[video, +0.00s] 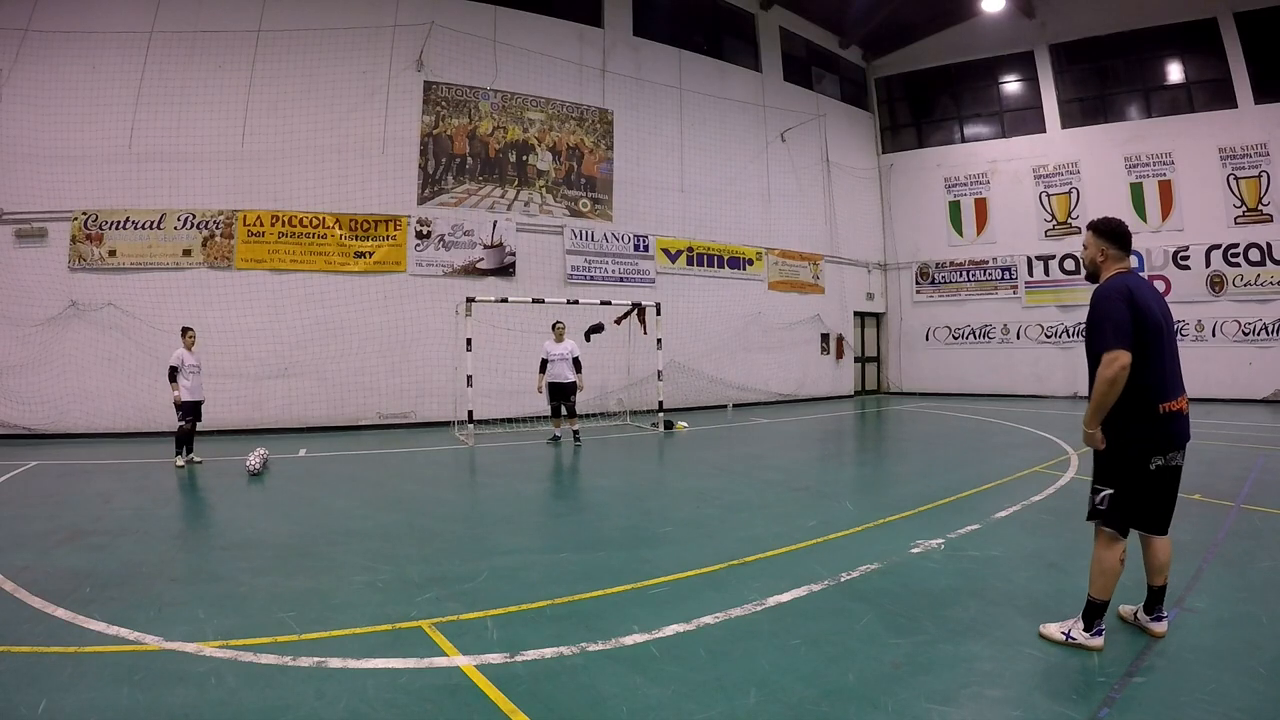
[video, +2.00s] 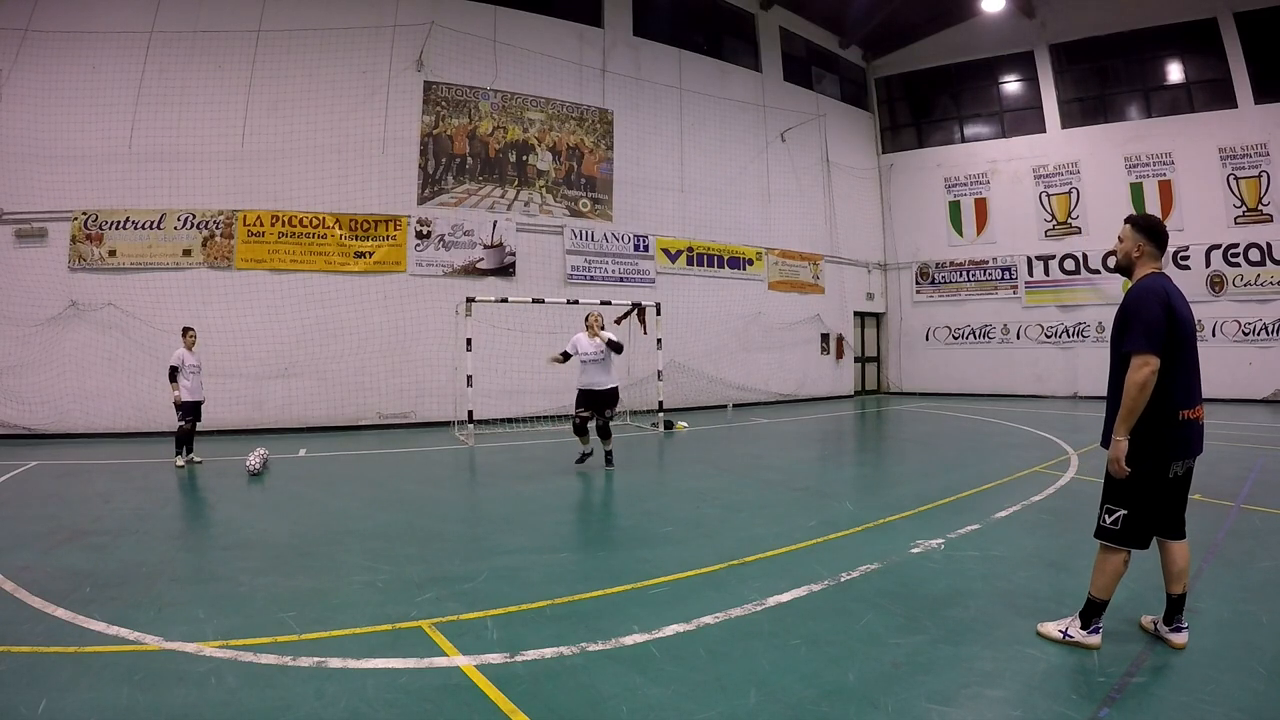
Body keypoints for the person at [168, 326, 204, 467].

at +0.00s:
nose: (193, 340)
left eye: (194, 337)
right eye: (190, 337)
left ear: (195, 339)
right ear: (183, 338)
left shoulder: (195, 355)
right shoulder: (179, 354)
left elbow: (197, 377)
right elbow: (172, 373)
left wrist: (201, 394)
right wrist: (176, 392)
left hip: (196, 397)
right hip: (184, 397)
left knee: (192, 426)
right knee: (184, 426)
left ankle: (189, 454)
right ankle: (178, 456)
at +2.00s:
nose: (193, 339)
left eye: (194, 337)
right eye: (190, 337)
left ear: (196, 339)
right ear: (183, 338)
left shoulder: (196, 356)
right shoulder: (179, 354)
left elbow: (198, 376)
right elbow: (172, 373)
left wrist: (201, 393)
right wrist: (176, 392)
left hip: (196, 397)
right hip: (184, 397)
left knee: (192, 426)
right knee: (184, 426)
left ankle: (189, 454)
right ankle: (178, 456)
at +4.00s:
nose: (190, 340)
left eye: (192, 338)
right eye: (188, 338)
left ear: (193, 339)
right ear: (180, 338)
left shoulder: (193, 356)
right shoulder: (174, 354)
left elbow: (196, 375)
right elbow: (166, 373)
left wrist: (200, 391)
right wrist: (169, 391)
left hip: (191, 398)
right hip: (177, 398)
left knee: (188, 427)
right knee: (175, 425)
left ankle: (189, 454)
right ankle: (163, 449)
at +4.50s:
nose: (174, 341)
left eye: (175, 339)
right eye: (171, 339)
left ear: (176, 340)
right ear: (164, 339)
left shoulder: (177, 357)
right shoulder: (157, 355)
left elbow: (180, 376)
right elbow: (150, 375)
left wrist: (183, 392)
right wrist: (151, 394)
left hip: (177, 399)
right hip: (161, 399)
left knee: (182, 426)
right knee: (160, 427)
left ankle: (188, 452)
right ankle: (160, 452)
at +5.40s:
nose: (194, 344)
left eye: (195, 341)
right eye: (191, 341)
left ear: (195, 342)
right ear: (183, 341)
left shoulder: (194, 358)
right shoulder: (175, 355)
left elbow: (195, 376)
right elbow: (162, 372)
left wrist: (195, 389)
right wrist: (156, 389)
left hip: (187, 399)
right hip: (172, 398)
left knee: (182, 426)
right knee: (173, 424)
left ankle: (177, 452)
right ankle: (163, 451)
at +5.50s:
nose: (199, 345)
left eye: (200, 342)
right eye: (196, 342)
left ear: (199, 343)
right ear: (189, 342)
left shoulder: (199, 359)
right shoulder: (179, 355)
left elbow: (201, 376)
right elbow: (165, 369)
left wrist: (200, 388)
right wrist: (153, 385)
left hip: (190, 397)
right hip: (175, 395)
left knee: (185, 424)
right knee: (181, 421)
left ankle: (178, 450)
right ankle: (173, 450)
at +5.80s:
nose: (214, 350)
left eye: (215, 347)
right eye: (212, 347)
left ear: (214, 347)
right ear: (203, 346)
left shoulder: (214, 362)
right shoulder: (191, 360)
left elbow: (215, 378)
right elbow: (179, 376)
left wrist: (210, 389)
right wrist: (169, 392)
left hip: (203, 397)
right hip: (188, 395)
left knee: (206, 426)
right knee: (190, 424)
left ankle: (192, 440)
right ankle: (181, 453)